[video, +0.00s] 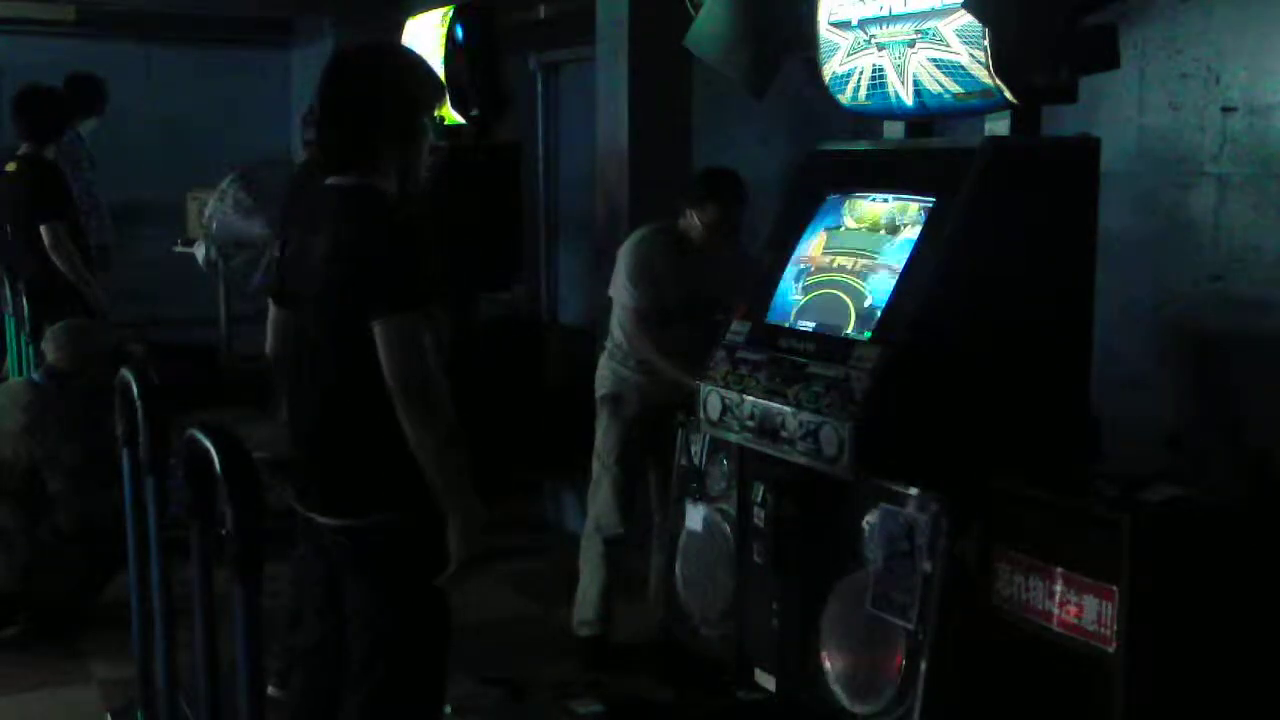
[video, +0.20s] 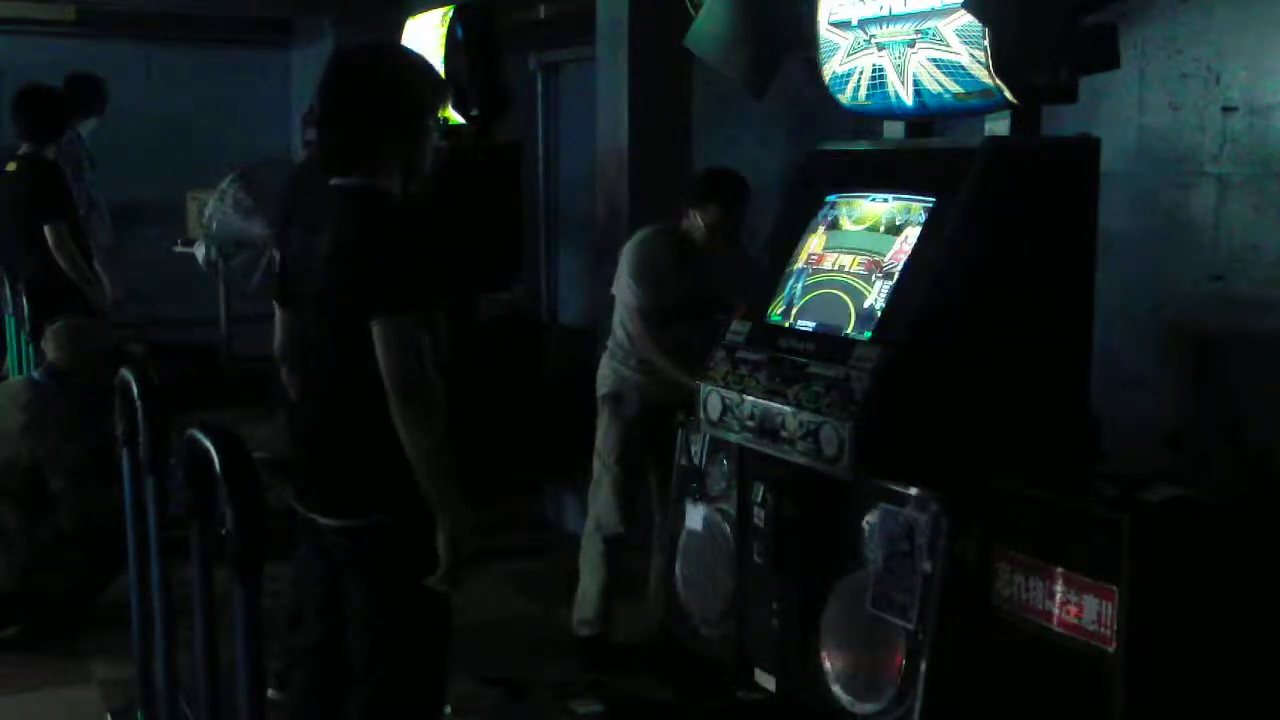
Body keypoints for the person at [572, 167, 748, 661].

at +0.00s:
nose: (720, 233)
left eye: (726, 223)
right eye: (714, 221)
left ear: (732, 221)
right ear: (690, 212)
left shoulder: (720, 258)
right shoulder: (645, 249)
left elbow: (737, 319)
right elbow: (631, 333)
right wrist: (686, 378)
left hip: (680, 389)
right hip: (626, 385)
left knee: (674, 507)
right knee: (612, 507)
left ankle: (667, 623)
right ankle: (591, 625)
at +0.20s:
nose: (721, 234)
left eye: (728, 225)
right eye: (715, 222)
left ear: (733, 223)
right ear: (692, 212)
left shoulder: (720, 260)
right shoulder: (647, 249)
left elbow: (736, 320)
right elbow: (638, 335)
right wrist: (693, 384)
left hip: (680, 390)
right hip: (627, 385)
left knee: (675, 507)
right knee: (612, 507)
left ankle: (666, 623)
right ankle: (591, 624)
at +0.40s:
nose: (721, 231)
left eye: (730, 222)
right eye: (715, 219)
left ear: (737, 223)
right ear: (695, 211)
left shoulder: (724, 260)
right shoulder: (649, 250)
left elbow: (733, 325)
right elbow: (645, 340)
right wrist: (698, 384)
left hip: (681, 394)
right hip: (628, 388)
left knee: (675, 511)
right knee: (612, 511)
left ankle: (666, 624)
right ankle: (591, 625)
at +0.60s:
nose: (724, 228)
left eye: (732, 219)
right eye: (719, 216)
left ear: (738, 221)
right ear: (697, 210)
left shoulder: (724, 259)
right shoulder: (650, 248)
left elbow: (732, 324)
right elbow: (645, 336)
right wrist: (698, 382)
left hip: (682, 396)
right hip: (630, 390)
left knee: (676, 512)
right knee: (612, 511)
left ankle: (664, 625)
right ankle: (589, 622)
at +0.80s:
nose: (711, 223)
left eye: (721, 214)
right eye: (705, 211)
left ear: (731, 214)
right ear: (687, 205)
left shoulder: (727, 255)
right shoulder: (643, 243)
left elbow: (740, 324)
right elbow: (622, 331)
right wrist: (682, 372)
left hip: (689, 393)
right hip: (633, 386)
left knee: (679, 508)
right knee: (608, 503)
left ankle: (667, 617)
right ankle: (587, 608)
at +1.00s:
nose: (693, 217)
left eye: (702, 208)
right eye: (688, 205)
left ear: (712, 208)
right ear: (669, 196)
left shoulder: (711, 246)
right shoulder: (624, 238)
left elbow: (726, 311)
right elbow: (593, 311)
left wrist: (699, 361)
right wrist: (637, 361)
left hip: (681, 386)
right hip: (623, 384)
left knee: (676, 499)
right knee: (606, 495)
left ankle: (668, 605)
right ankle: (597, 592)